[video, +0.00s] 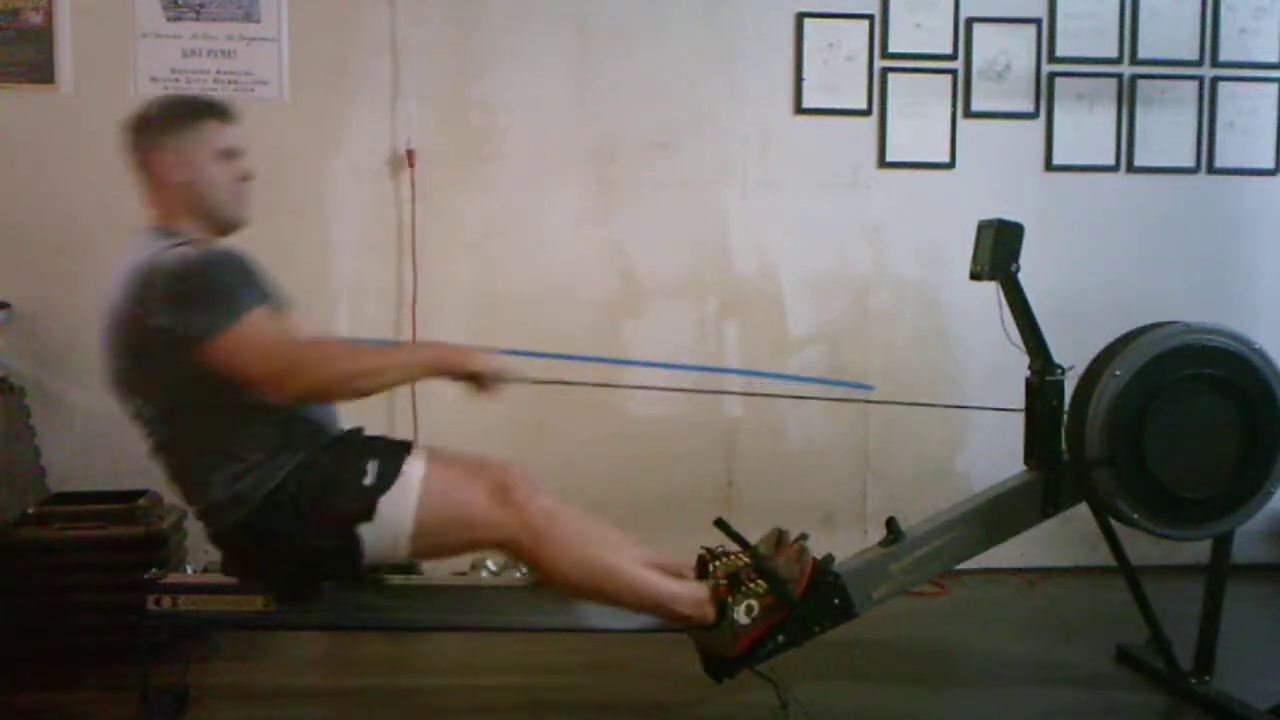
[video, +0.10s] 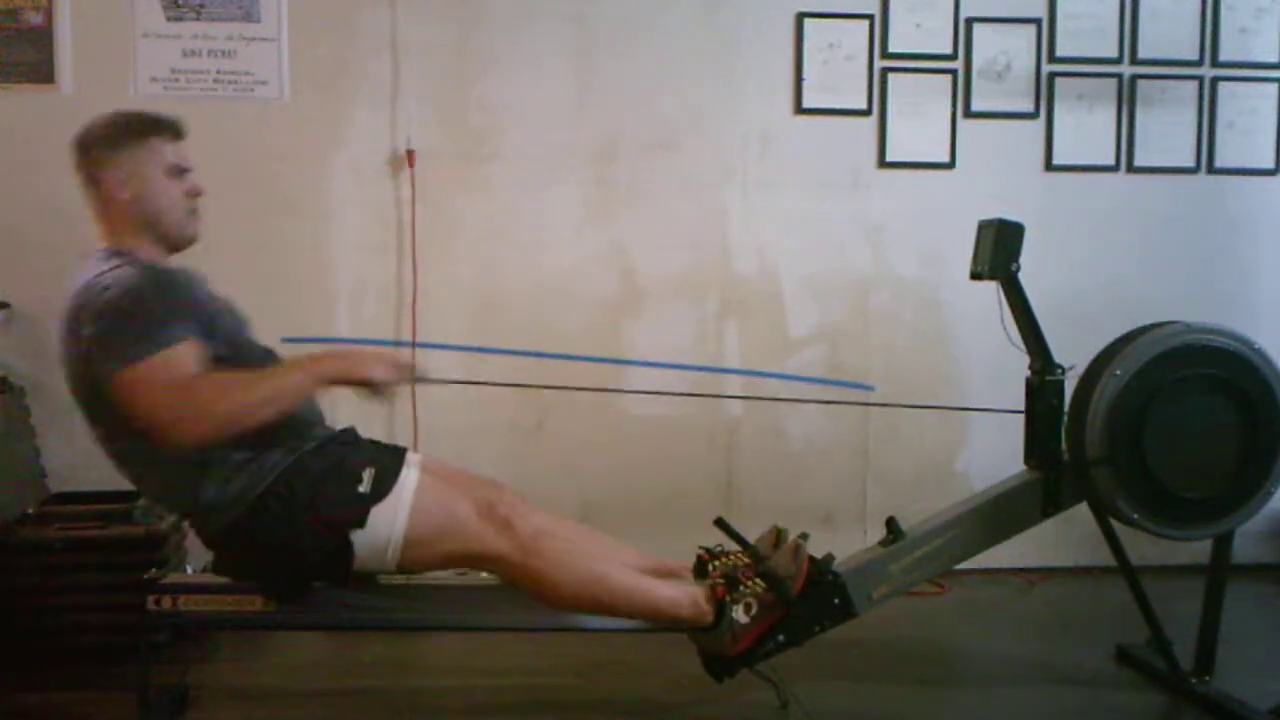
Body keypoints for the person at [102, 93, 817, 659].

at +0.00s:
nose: (244, 171)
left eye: (241, 155)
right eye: (225, 156)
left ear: (192, 173)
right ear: (162, 173)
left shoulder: (188, 268)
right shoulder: (181, 273)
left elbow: (292, 365)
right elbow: (287, 371)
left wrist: (426, 359)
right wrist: (439, 359)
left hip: (293, 483)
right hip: (287, 497)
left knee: (509, 493)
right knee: (509, 500)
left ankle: (704, 585)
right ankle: (710, 613)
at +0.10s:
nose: (195, 192)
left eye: (190, 176)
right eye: (175, 175)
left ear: (125, 188)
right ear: (113, 188)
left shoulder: (154, 287)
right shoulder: (120, 296)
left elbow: (204, 403)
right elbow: (184, 414)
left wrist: (324, 375)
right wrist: (329, 368)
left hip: (296, 479)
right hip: (277, 501)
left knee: (500, 508)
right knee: (497, 525)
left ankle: (703, 594)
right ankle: (710, 612)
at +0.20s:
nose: (173, 205)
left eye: (168, 188)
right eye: (152, 188)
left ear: (107, 204)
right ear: (91, 203)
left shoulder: (137, 295)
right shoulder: (87, 301)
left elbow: (154, 414)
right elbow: (94, 439)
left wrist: (253, 367)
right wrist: (223, 360)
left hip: (304, 472)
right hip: (276, 501)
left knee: (500, 509)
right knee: (491, 527)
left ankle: (708, 593)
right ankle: (707, 612)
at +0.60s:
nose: (215, 201)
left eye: (212, 184)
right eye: (197, 183)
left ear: (156, 192)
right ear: (133, 190)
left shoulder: (165, 289)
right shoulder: (117, 296)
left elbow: (208, 406)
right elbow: (164, 432)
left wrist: (314, 392)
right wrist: (306, 385)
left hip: (292, 477)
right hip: (271, 504)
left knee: (496, 503)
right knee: (492, 523)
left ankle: (703, 594)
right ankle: (709, 610)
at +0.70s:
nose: (244, 194)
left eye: (242, 177)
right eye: (227, 177)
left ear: (181, 184)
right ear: (161, 182)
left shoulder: (197, 284)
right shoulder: (147, 288)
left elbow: (268, 396)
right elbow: (227, 418)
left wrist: (375, 402)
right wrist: (375, 400)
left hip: (294, 482)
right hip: (267, 509)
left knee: (497, 500)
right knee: (492, 517)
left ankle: (705, 589)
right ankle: (713, 614)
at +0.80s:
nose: (276, 188)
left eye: (275, 172)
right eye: (258, 171)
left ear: (212, 177)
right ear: (194, 175)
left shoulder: (229, 272)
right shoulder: (178, 280)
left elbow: (316, 370)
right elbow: (289, 393)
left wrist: (432, 405)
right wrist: (444, 408)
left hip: (304, 480)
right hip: (274, 518)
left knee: (491, 486)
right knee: (495, 510)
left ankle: (699, 582)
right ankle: (709, 615)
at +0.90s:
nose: (313, 188)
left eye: (311, 171)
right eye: (297, 170)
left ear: (241, 176)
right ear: (237, 172)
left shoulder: (244, 264)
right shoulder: (219, 272)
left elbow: (367, 367)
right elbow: (361, 369)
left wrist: (490, 407)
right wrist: (496, 409)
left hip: (309, 479)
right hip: (282, 512)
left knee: (510, 480)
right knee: (507, 496)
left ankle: (701, 585)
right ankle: (706, 614)